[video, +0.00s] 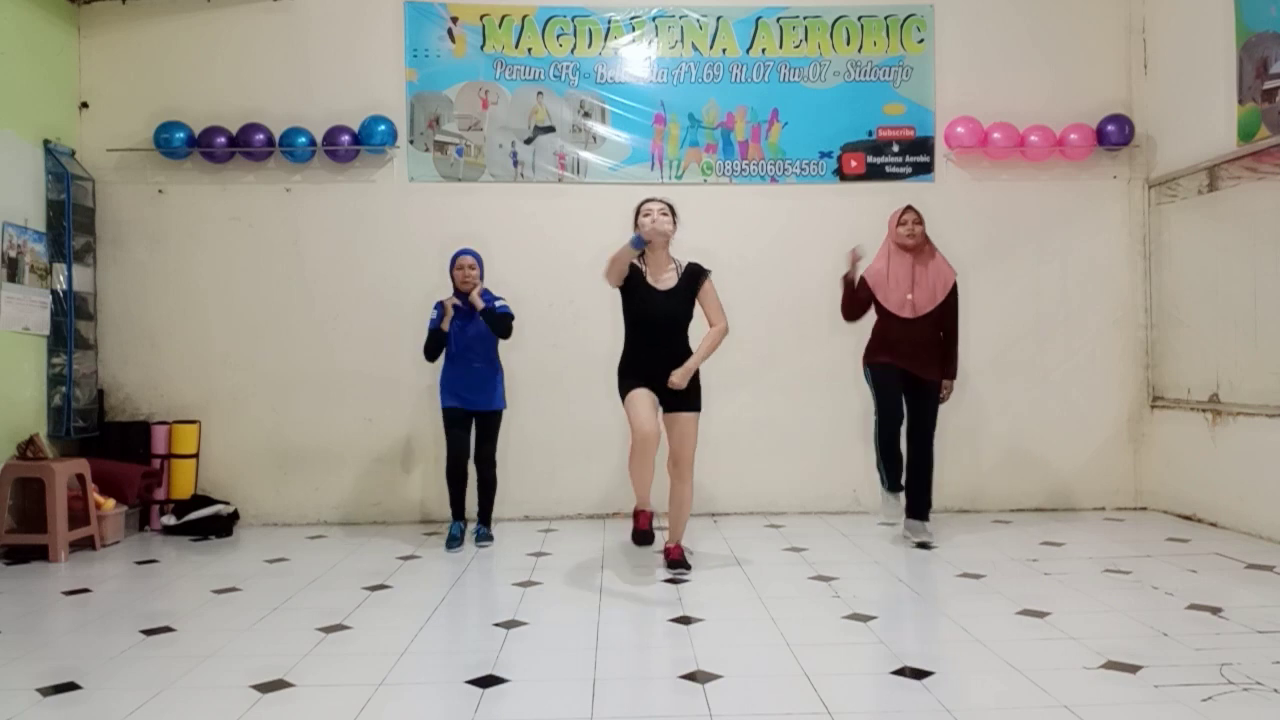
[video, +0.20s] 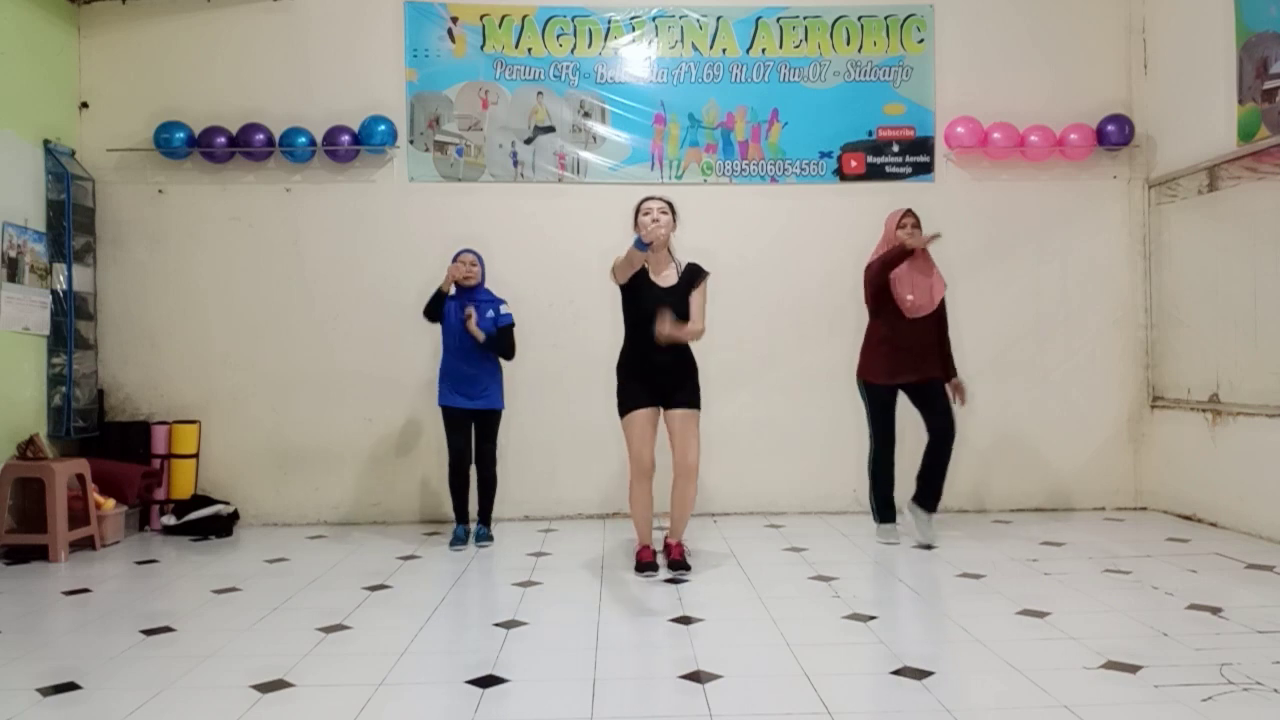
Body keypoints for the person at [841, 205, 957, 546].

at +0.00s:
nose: (911, 228)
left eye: (916, 223)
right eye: (904, 224)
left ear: (925, 230)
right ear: (892, 232)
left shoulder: (941, 272)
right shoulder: (881, 270)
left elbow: (950, 327)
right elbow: (852, 312)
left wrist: (949, 373)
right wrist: (850, 276)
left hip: (926, 364)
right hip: (885, 359)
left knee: (922, 441)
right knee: (889, 417)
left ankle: (917, 519)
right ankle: (891, 489)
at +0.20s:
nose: (911, 232)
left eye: (916, 227)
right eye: (903, 226)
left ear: (923, 234)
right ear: (891, 235)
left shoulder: (930, 273)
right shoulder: (877, 271)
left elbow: (940, 328)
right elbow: (880, 267)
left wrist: (950, 374)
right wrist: (908, 247)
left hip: (919, 369)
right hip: (879, 369)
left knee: (943, 431)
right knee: (883, 443)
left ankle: (922, 506)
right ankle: (884, 519)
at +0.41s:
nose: (910, 233)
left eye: (914, 228)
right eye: (902, 229)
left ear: (922, 234)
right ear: (890, 238)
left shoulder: (933, 276)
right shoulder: (878, 271)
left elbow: (938, 327)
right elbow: (878, 280)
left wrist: (972, 323)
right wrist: (904, 272)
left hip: (921, 368)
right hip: (879, 368)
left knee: (934, 441)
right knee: (883, 442)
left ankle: (920, 509)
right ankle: (884, 518)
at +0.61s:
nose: (909, 229)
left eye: (914, 224)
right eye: (901, 225)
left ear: (922, 231)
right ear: (890, 234)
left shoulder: (936, 271)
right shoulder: (879, 269)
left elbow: (966, 298)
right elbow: (876, 278)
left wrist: (967, 265)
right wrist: (903, 270)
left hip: (923, 367)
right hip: (882, 363)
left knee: (927, 444)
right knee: (885, 436)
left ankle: (919, 519)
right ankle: (885, 512)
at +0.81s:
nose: (904, 233)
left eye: (909, 228)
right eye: (896, 229)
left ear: (916, 236)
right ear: (885, 237)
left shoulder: (924, 269)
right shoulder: (872, 272)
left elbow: (930, 293)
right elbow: (878, 278)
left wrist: (941, 275)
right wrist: (916, 261)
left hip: (924, 369)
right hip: (884, 370)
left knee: (922, 443)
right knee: (889, 438)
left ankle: (917, 517)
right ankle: (876, 513)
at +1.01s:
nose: (898, 226)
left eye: (902, 221)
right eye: (890, 222)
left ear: (910, 230)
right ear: (878, 232)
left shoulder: (918, 264)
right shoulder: (866, 265)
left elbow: (932, 278)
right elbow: (883, 269)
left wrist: (948, 274)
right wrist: (919, 261)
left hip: (914, 361)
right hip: (874, 363)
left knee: (936, 426)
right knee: (874, 436)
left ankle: (917, 501)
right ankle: (873, 514)